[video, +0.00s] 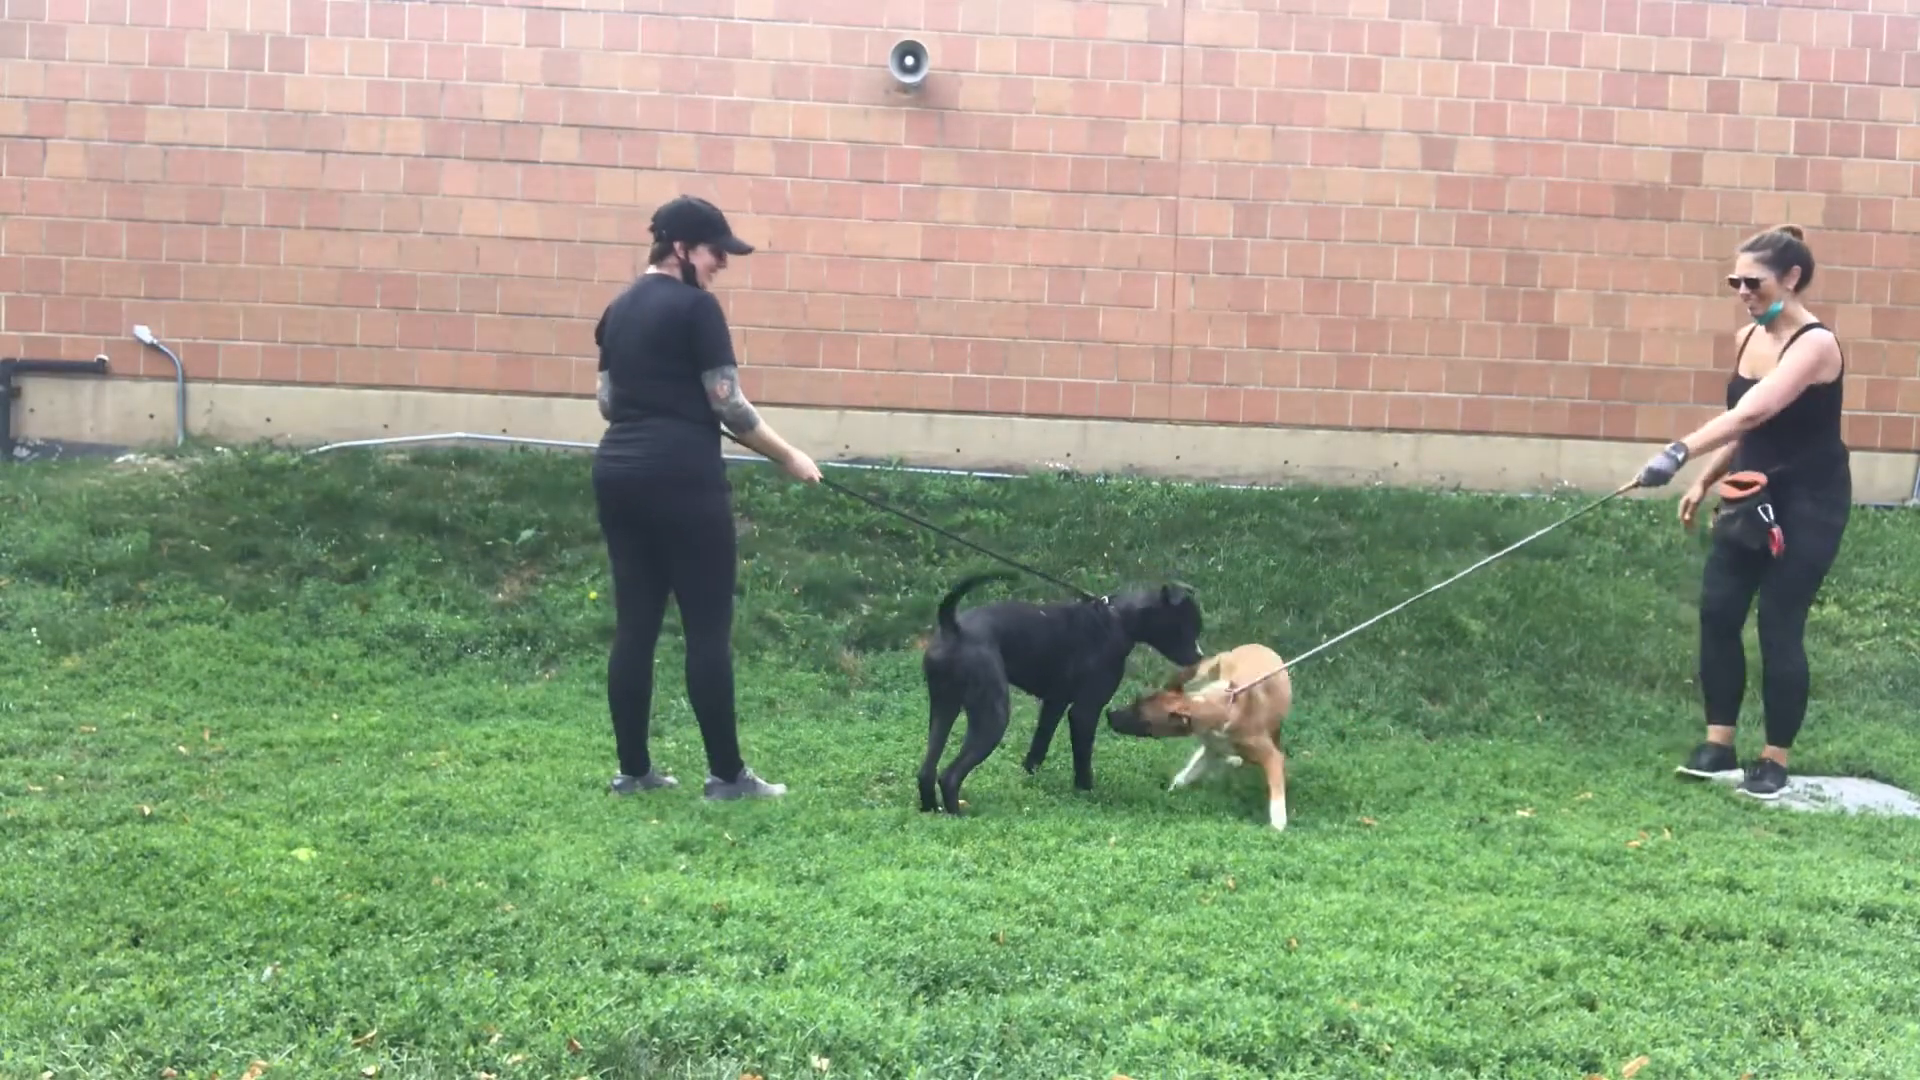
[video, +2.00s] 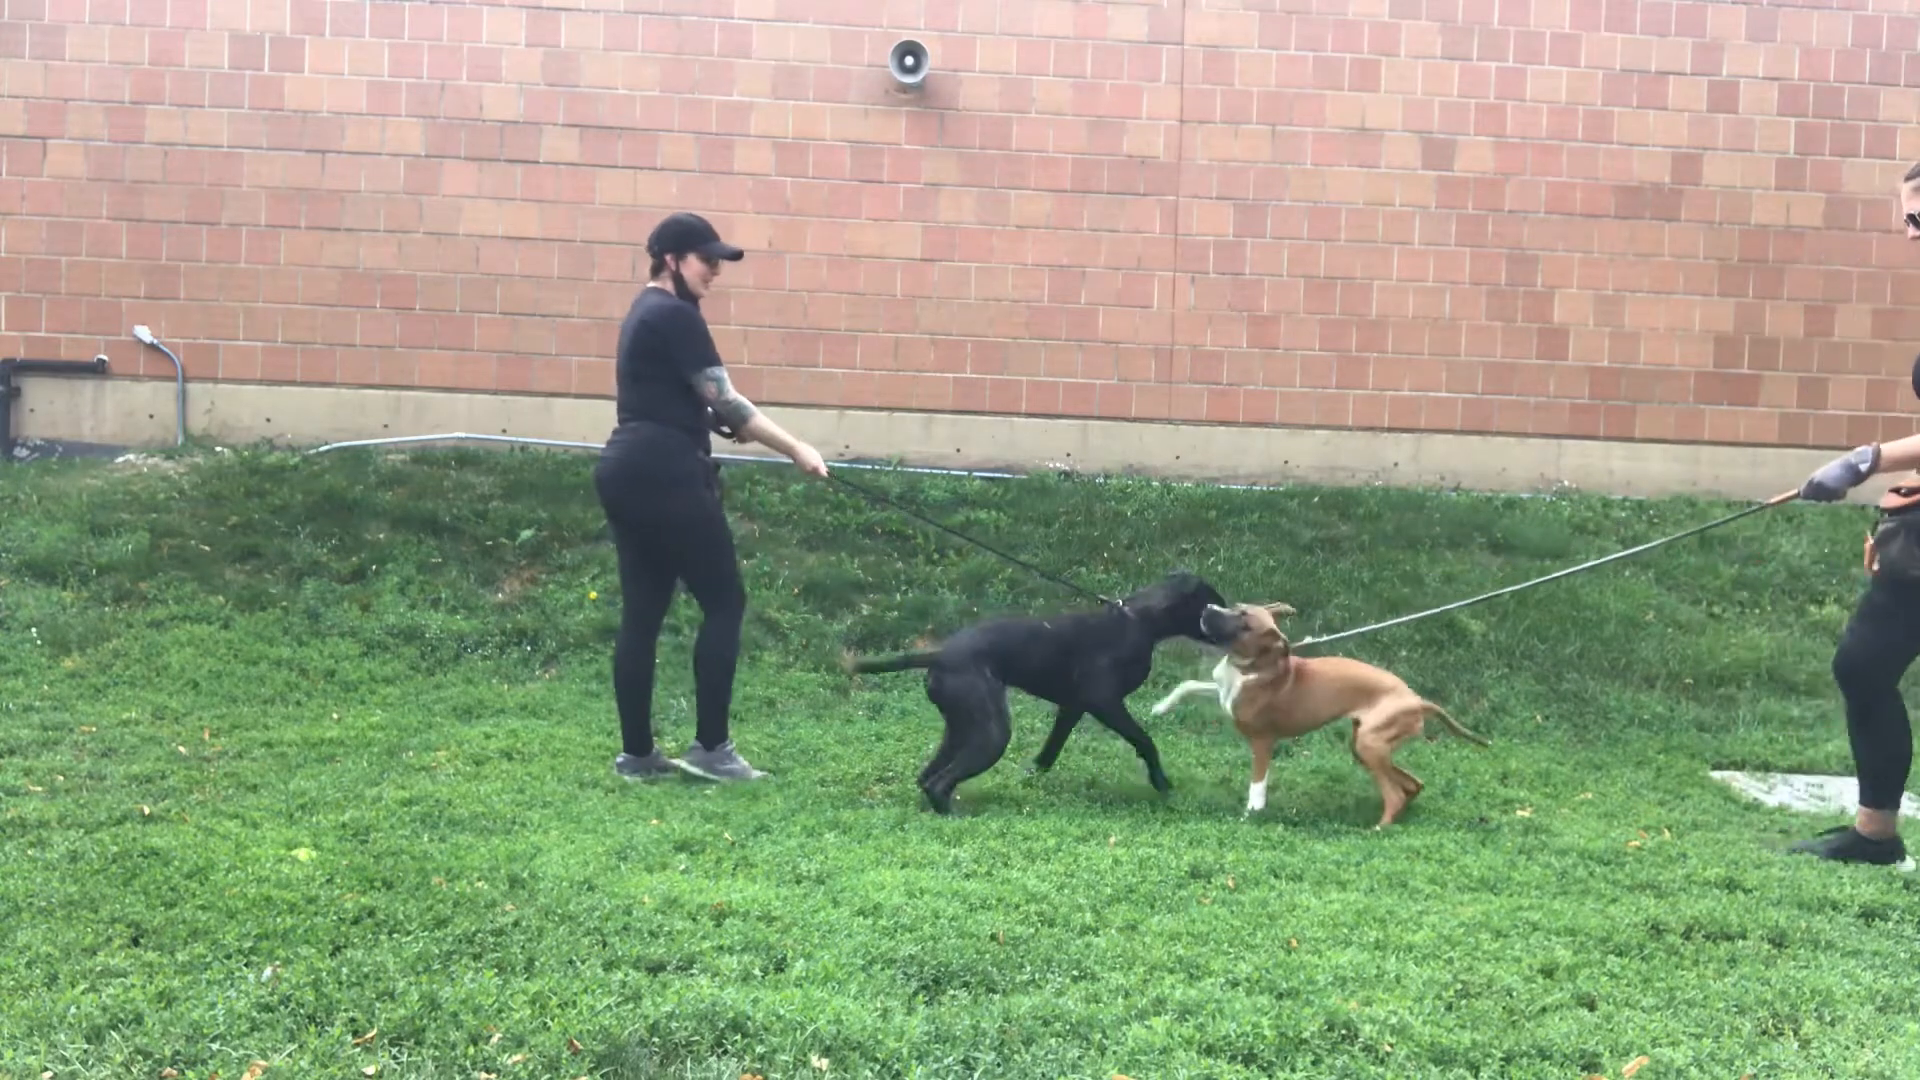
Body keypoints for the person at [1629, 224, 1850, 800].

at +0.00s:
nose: (1742, 294)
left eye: (1752, 284)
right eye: (1738, 284)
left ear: (1792, 277)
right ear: (1739, 281)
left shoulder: (1816, 344)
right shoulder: (1750, 336)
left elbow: (1750, 412)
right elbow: (1743, 422)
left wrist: (1677, 451)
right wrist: (1704, 481)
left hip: (1809, 501)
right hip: (1751, 493)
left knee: (1778, 619)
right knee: (1718, 611)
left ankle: (1774, 759)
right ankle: (1718, 744)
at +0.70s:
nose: (1791, 288)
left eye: (1800, 277)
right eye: (1787, 278)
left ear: (1845, 269)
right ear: (1793, 274)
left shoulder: (1876, 344)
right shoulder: (1781, 336)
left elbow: (1814, 430)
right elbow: (1757, 427)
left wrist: (1727, 459)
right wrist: (1712, 500)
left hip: (1837, 519)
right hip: (1761, 509)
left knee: (1840, 657)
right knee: (1736, 644)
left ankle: (1873, 807)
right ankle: (1714, 768)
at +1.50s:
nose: (1852, 261)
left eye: (1860, 248)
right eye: (1848, 249)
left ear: (1909, 240)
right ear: (1880, 245)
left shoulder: (1919, 326)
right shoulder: (1855, 317)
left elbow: (1908, 438)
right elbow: (1830, 424)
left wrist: (1805, 470)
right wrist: (1785, 508)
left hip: (1902, 522)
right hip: (1836, 515)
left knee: (1890, 666)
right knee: (1811, 672)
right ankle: (1806, 827)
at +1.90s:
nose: (1903, 237)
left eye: (1910, 223)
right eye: (1899, 225)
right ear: (1897, 222)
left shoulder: (1919, 337)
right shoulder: (1916, 332)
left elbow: (1919, 435)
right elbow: (1912, 435)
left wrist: (1853, 456)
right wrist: (1858, 502)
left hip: (1912, 528)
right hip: (1904, 523)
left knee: (1858, 671)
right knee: (1859, 671)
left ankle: (1828, 827)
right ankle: (1828, 826)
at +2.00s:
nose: (1910, 235)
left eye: (1914, 222)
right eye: (1908, 223)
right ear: (1905, 217)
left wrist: (1864, 459)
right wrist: (1904, 497)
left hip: (1917, 532)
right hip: (1912, 529)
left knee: (1863, 664)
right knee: (1863, 664)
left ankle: (1876, 831)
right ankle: (1876, 830)